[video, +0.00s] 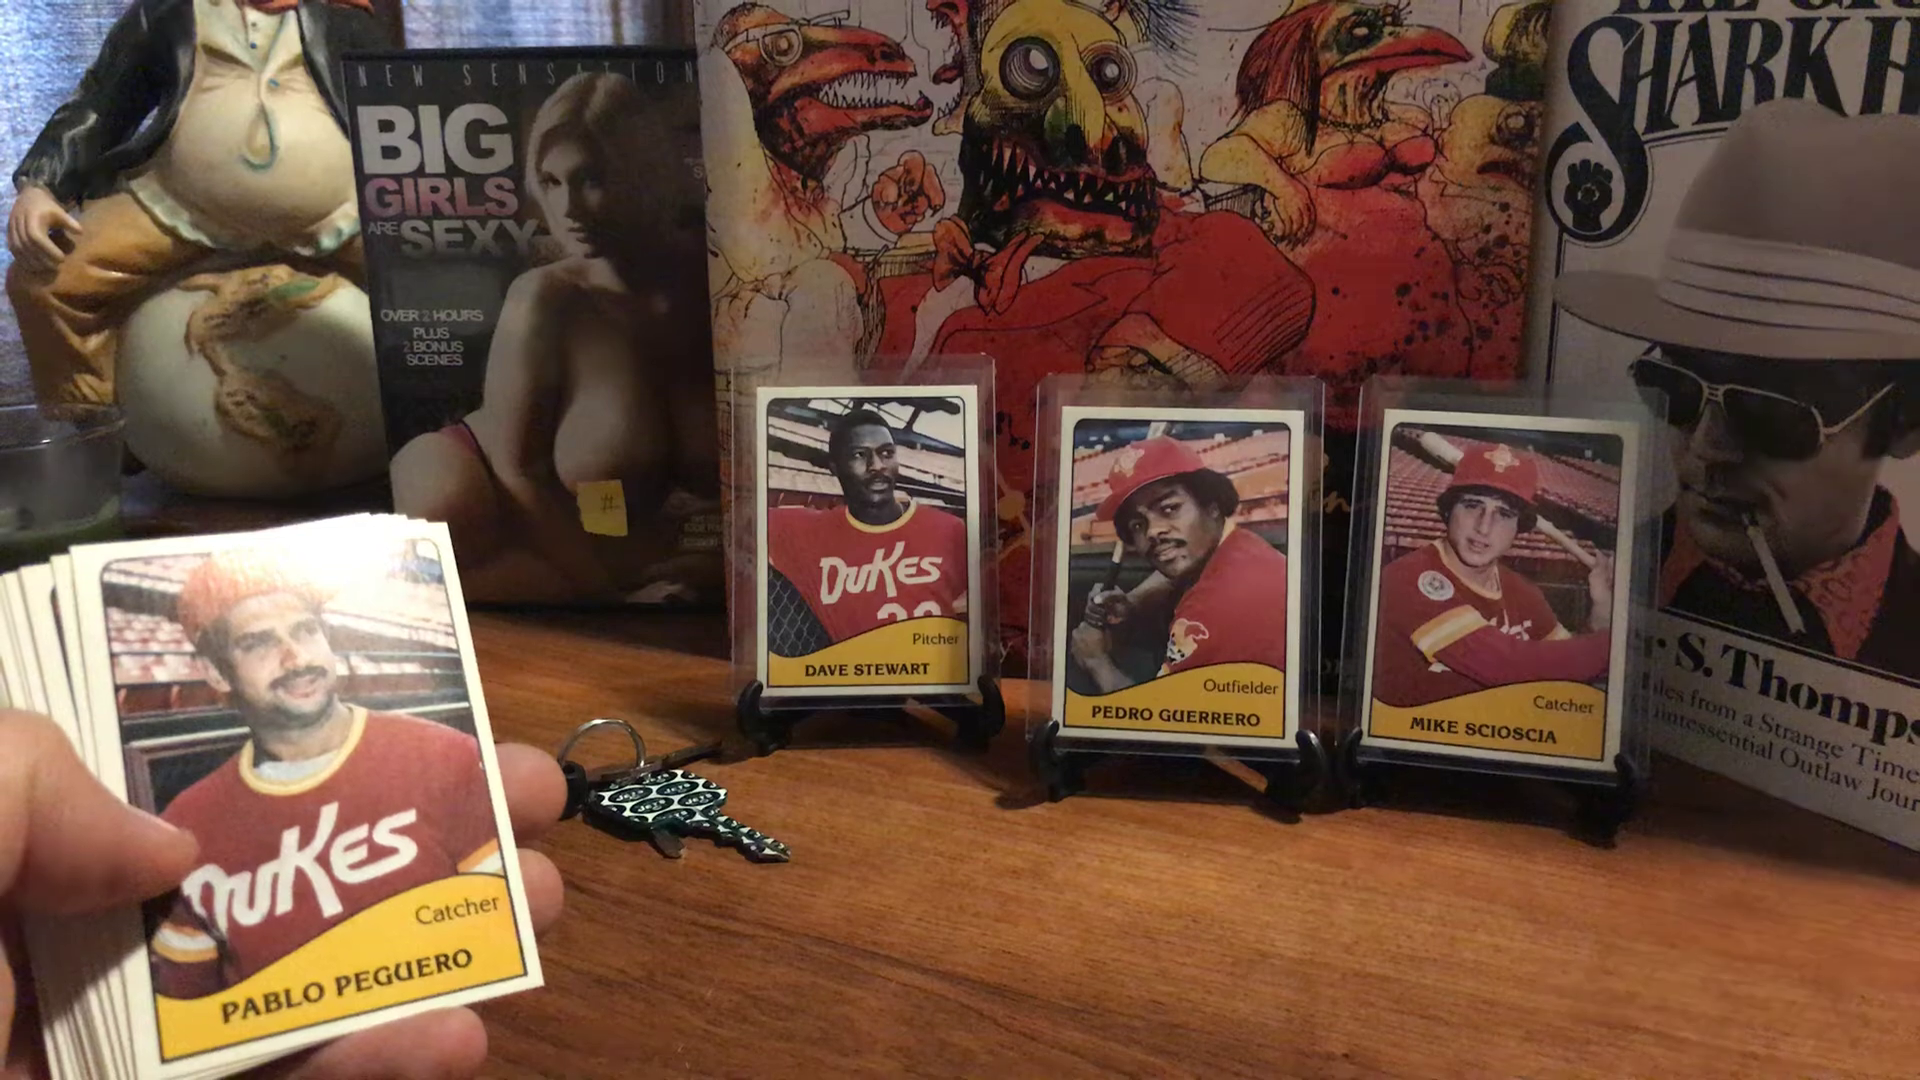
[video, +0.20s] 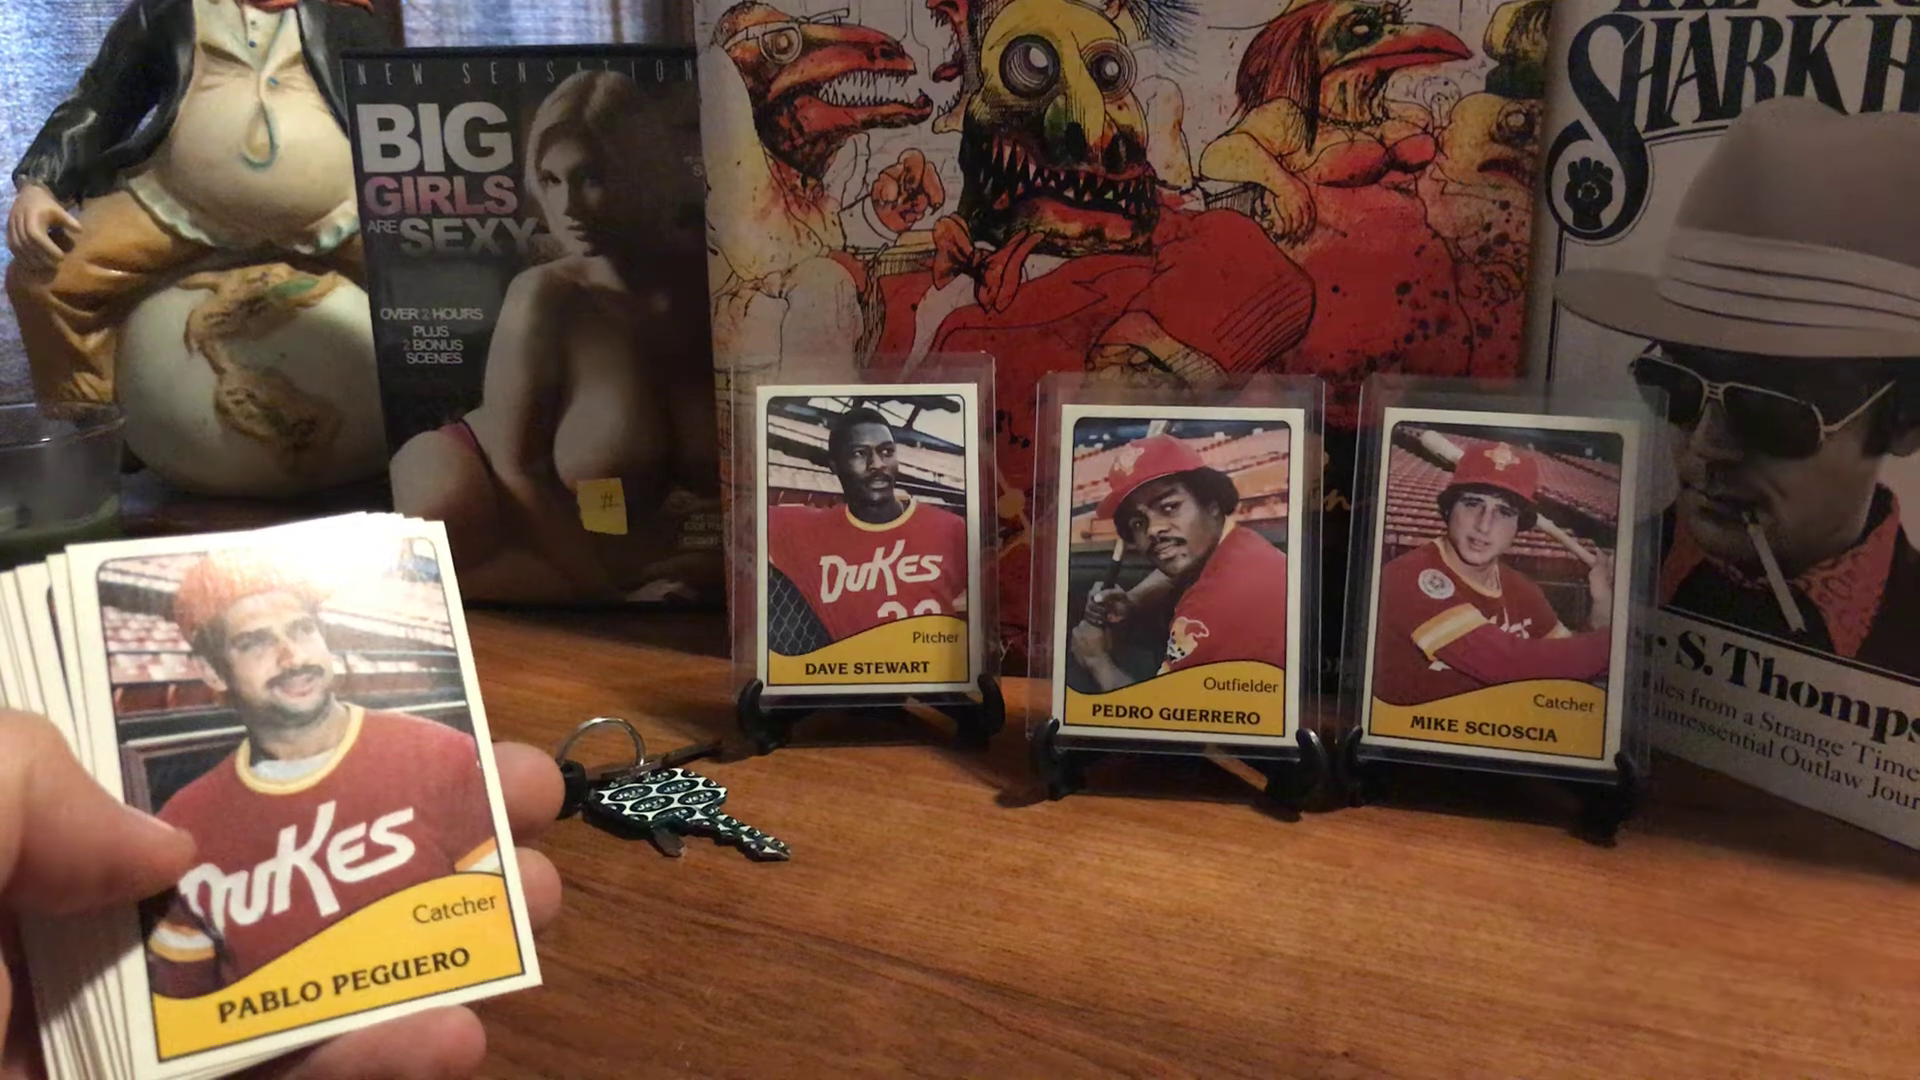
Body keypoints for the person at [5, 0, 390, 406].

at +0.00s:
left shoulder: (351, 19)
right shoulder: (168, 10)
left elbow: (401, 112)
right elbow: (100, 102)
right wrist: (36, 183)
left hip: (340, 211)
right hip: (180, 206)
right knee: (45, 281)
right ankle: (101, 452)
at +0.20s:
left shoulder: (352, 21)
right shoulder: (167, 12)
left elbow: (402, 112)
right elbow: (99, 101)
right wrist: (35, 182)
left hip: (340, 209)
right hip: (179, 204)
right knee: (43, 280)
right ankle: (103, 448)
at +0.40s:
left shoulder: (353, 22)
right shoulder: (168, 12)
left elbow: (403, 116)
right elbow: (100, 100)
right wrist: (36, 182)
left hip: (341, 211)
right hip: (180, 206)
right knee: (44, 280)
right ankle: (100, 452)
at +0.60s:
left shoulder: (351, 21)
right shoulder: (166, 12)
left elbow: (402, 112)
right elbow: (99, 102)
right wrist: (35, 182)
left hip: (340, 211)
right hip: (179, 206)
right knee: (43, 281)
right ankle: (100, 450)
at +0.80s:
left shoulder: (350, 20)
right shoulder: (165, 11)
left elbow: (400, 114)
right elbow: (97, 104)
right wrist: (35, 182)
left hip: (338, 211)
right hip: (179, 206)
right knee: (43, 281)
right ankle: (103, 448)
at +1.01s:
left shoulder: (349, 21)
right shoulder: (165, 13)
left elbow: (401, 113)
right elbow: (96, 105)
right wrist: (36, 183)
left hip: (338, 211)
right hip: (178, 207)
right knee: (44, 282)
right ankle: (97, 462)